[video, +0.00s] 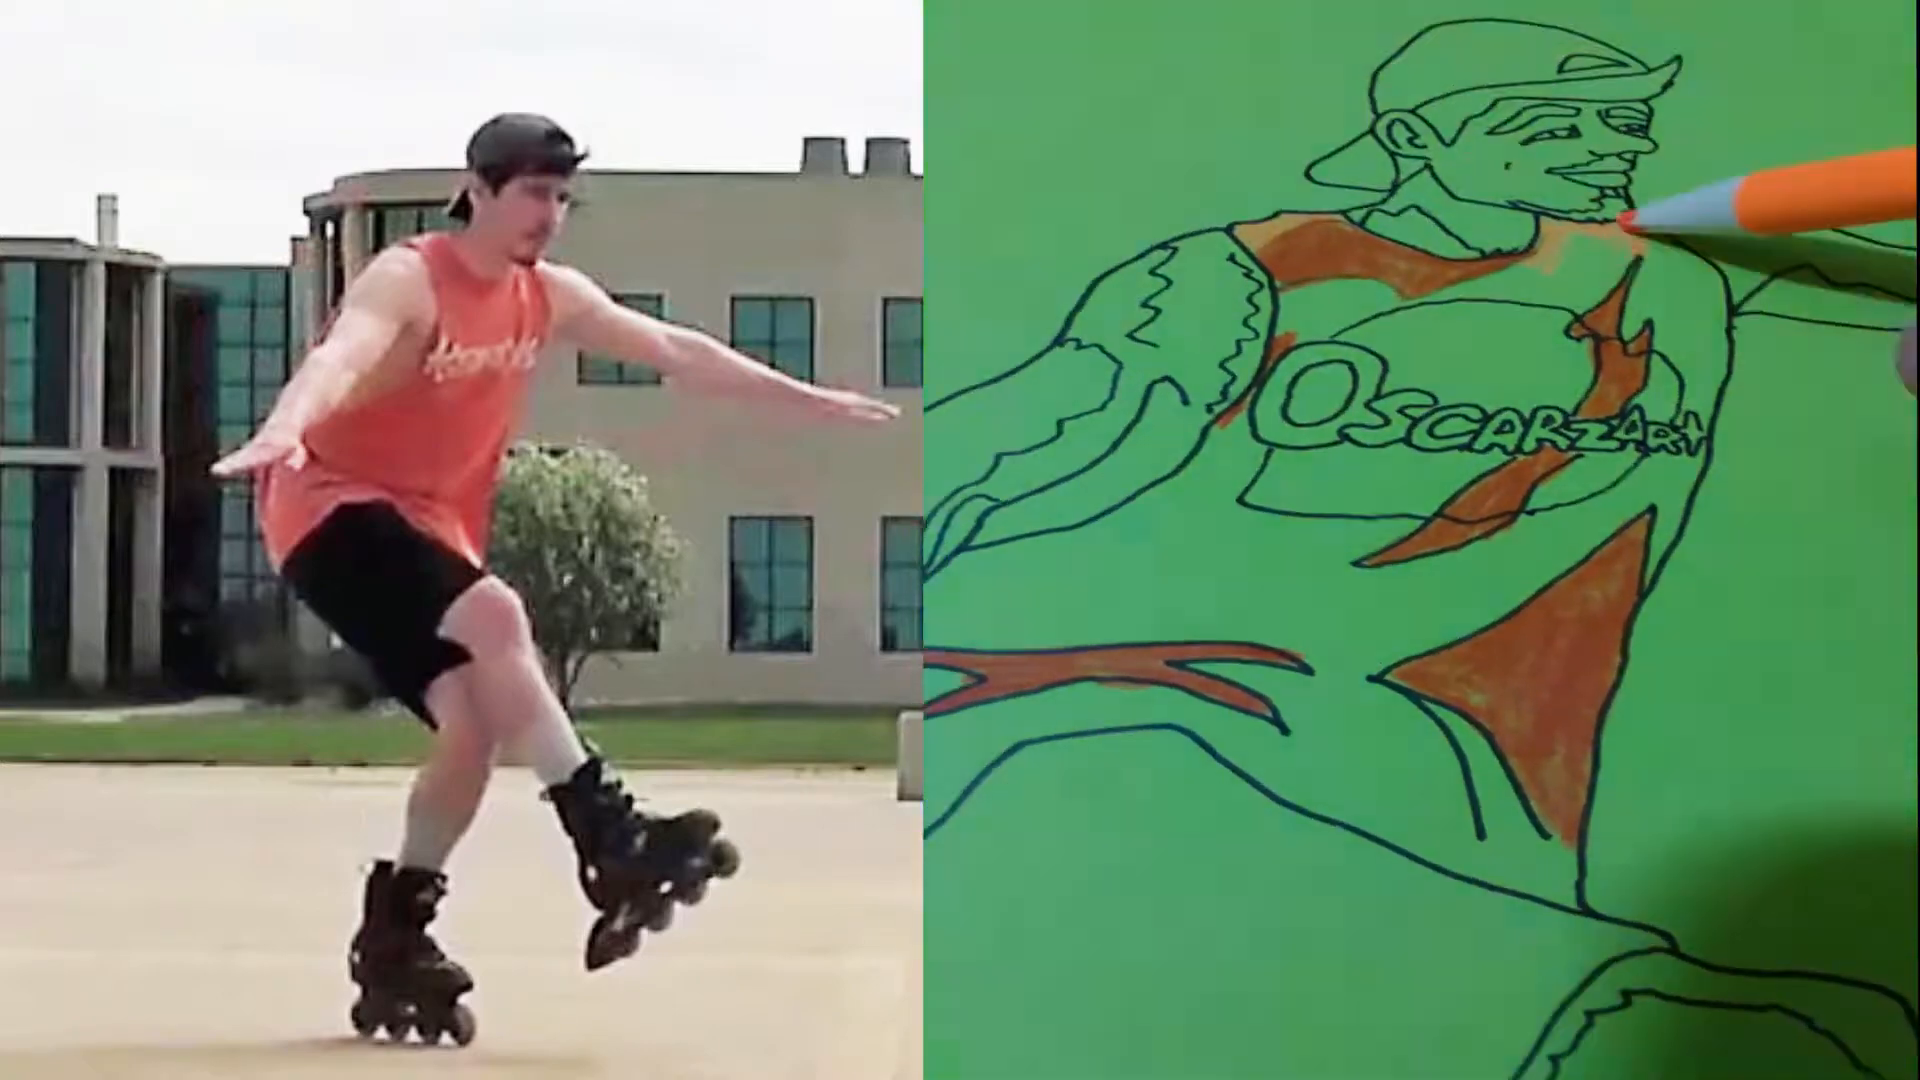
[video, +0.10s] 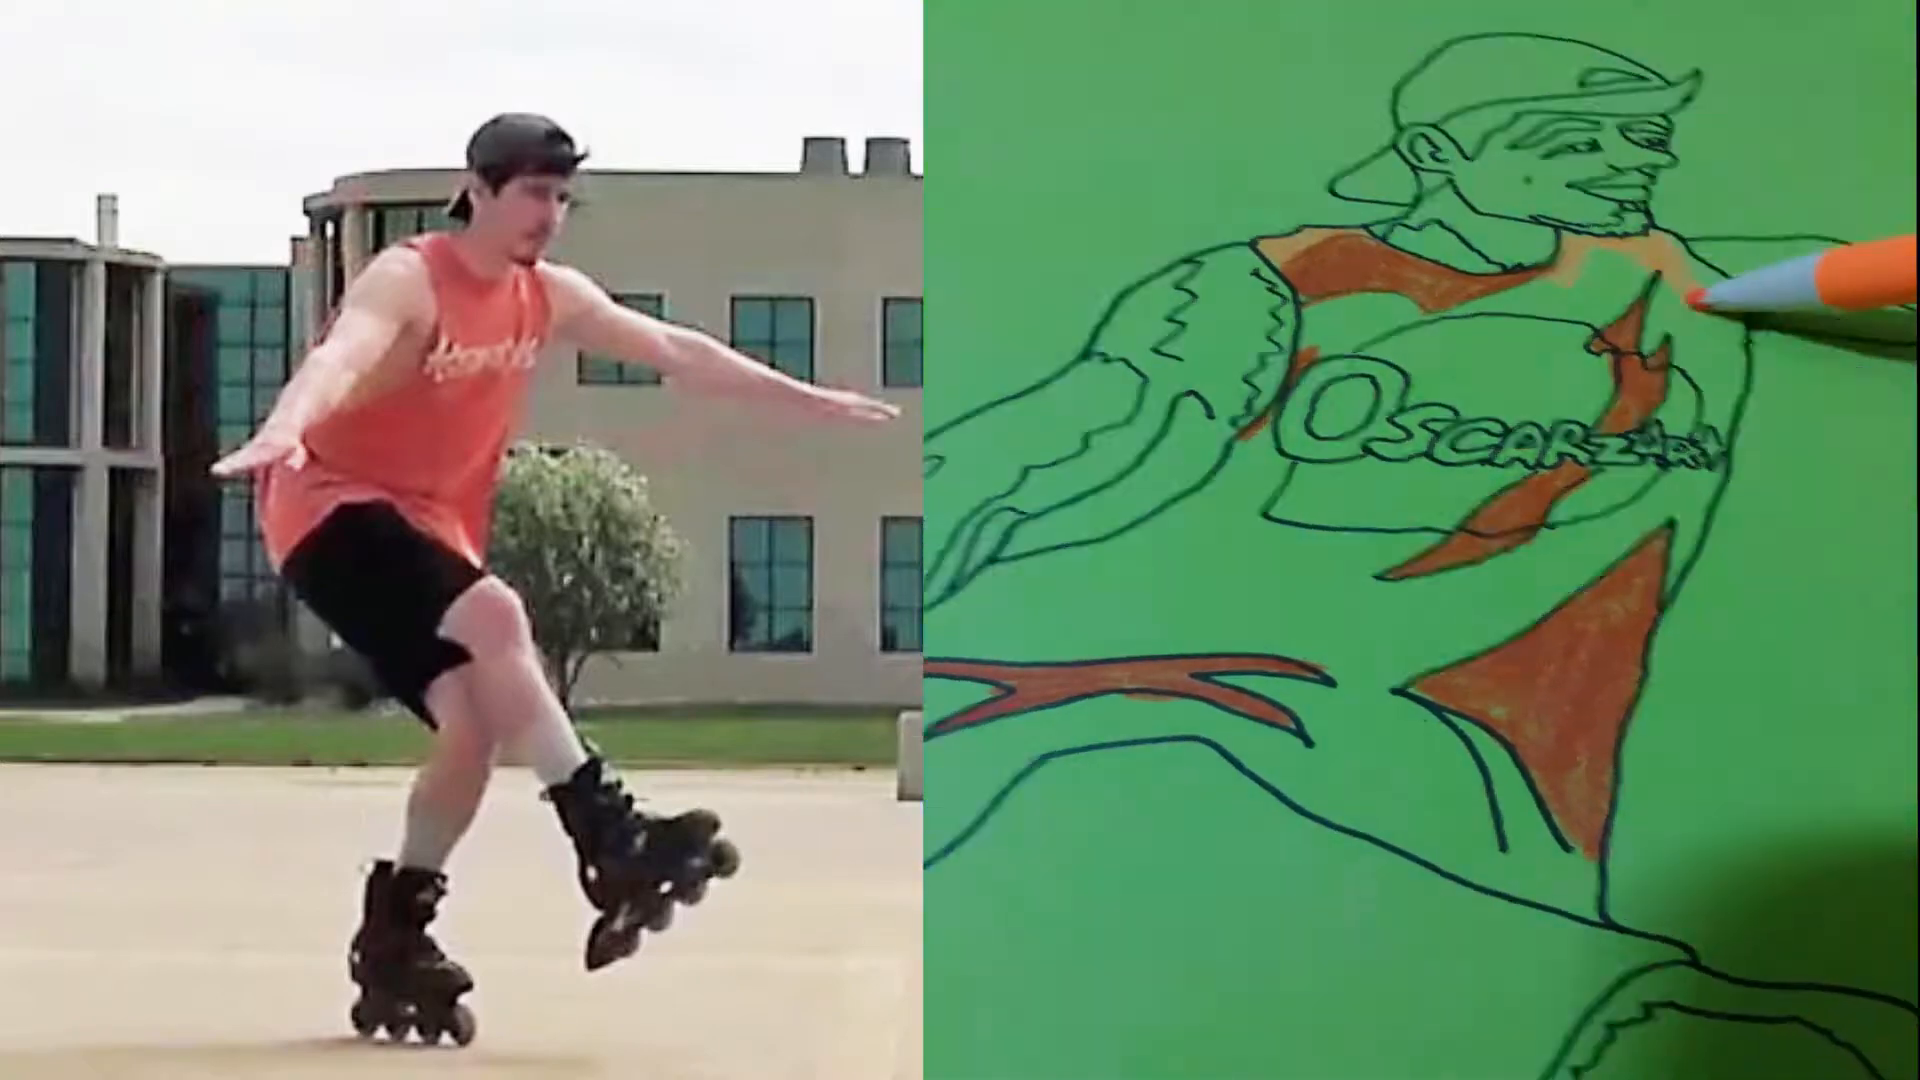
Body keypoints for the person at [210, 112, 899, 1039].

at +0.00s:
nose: (552, 214)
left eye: (562, 198)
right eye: (536, 194)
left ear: (563, 203)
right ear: (477, 191)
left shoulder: (551, 293)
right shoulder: (409, 274)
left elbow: (674, 349)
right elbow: (341, 356)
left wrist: (811, 399)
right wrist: (282, 429)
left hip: (436, 530)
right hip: (334, 505)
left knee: (477, 725)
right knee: (492, 616)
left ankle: (393, 936)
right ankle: (611, 842)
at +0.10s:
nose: (552, 214)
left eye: (562, 198)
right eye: (536, 195)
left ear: (562, 203)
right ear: (476, 191)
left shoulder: (551, 293)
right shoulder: (409, 274)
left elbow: (674, 349)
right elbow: (341, 356)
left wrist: (810, 399)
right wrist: (283, 429)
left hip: (436, 529)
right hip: (334, 504)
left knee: (477, 723)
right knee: (492, 616)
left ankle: (393, 936)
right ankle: (611, 843)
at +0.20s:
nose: (552, 214)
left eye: (562, 198)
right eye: (536, 194)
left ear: (562, 203)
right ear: (477, 191)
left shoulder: (551, 293)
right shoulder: (408, 274)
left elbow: (674, 349)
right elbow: (341, 356)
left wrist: (810, 399)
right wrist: (283, 429)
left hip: (436, 529)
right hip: (334, 504)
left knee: (477, 723)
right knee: (492, 616)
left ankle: (393, 936)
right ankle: (611, 843)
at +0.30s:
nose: (552, 214)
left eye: (562, 198)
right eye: (536, 195)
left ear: (562, 203)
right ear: (477, 191)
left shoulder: (551, 293)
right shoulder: (408, 274)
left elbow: (674, 350)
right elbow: (342, 356)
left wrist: (810, 399)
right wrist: (283, 428)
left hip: (436, 529)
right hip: (333, 504)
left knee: (477, 723)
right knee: (492, 616)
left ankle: (393, 936)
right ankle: (611, 843)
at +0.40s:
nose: (552, 214)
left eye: (562, 198)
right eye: (536, 194)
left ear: (562, 203)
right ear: (477, 191)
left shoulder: (551, 293)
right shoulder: (408, 274)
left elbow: (674, 349)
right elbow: (342, 356)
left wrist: (810, 399)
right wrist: (283, 429)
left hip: (436, 529)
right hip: (334, 504)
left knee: (477, 723)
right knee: (492, 616)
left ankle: (393, 936)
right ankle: (611, 842)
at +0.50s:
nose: (552, 214)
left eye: (562, 198)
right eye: (536, 195)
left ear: (562, 203)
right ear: (477, 191)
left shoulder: (551, 293)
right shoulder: (408, 274)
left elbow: (674, 349)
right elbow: (342, 356)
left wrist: (811, 399)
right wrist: (283, 428)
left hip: (436, 530)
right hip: (334, 505)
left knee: (477, 725)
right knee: (492, 616)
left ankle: (393, 935)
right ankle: (610, 841)